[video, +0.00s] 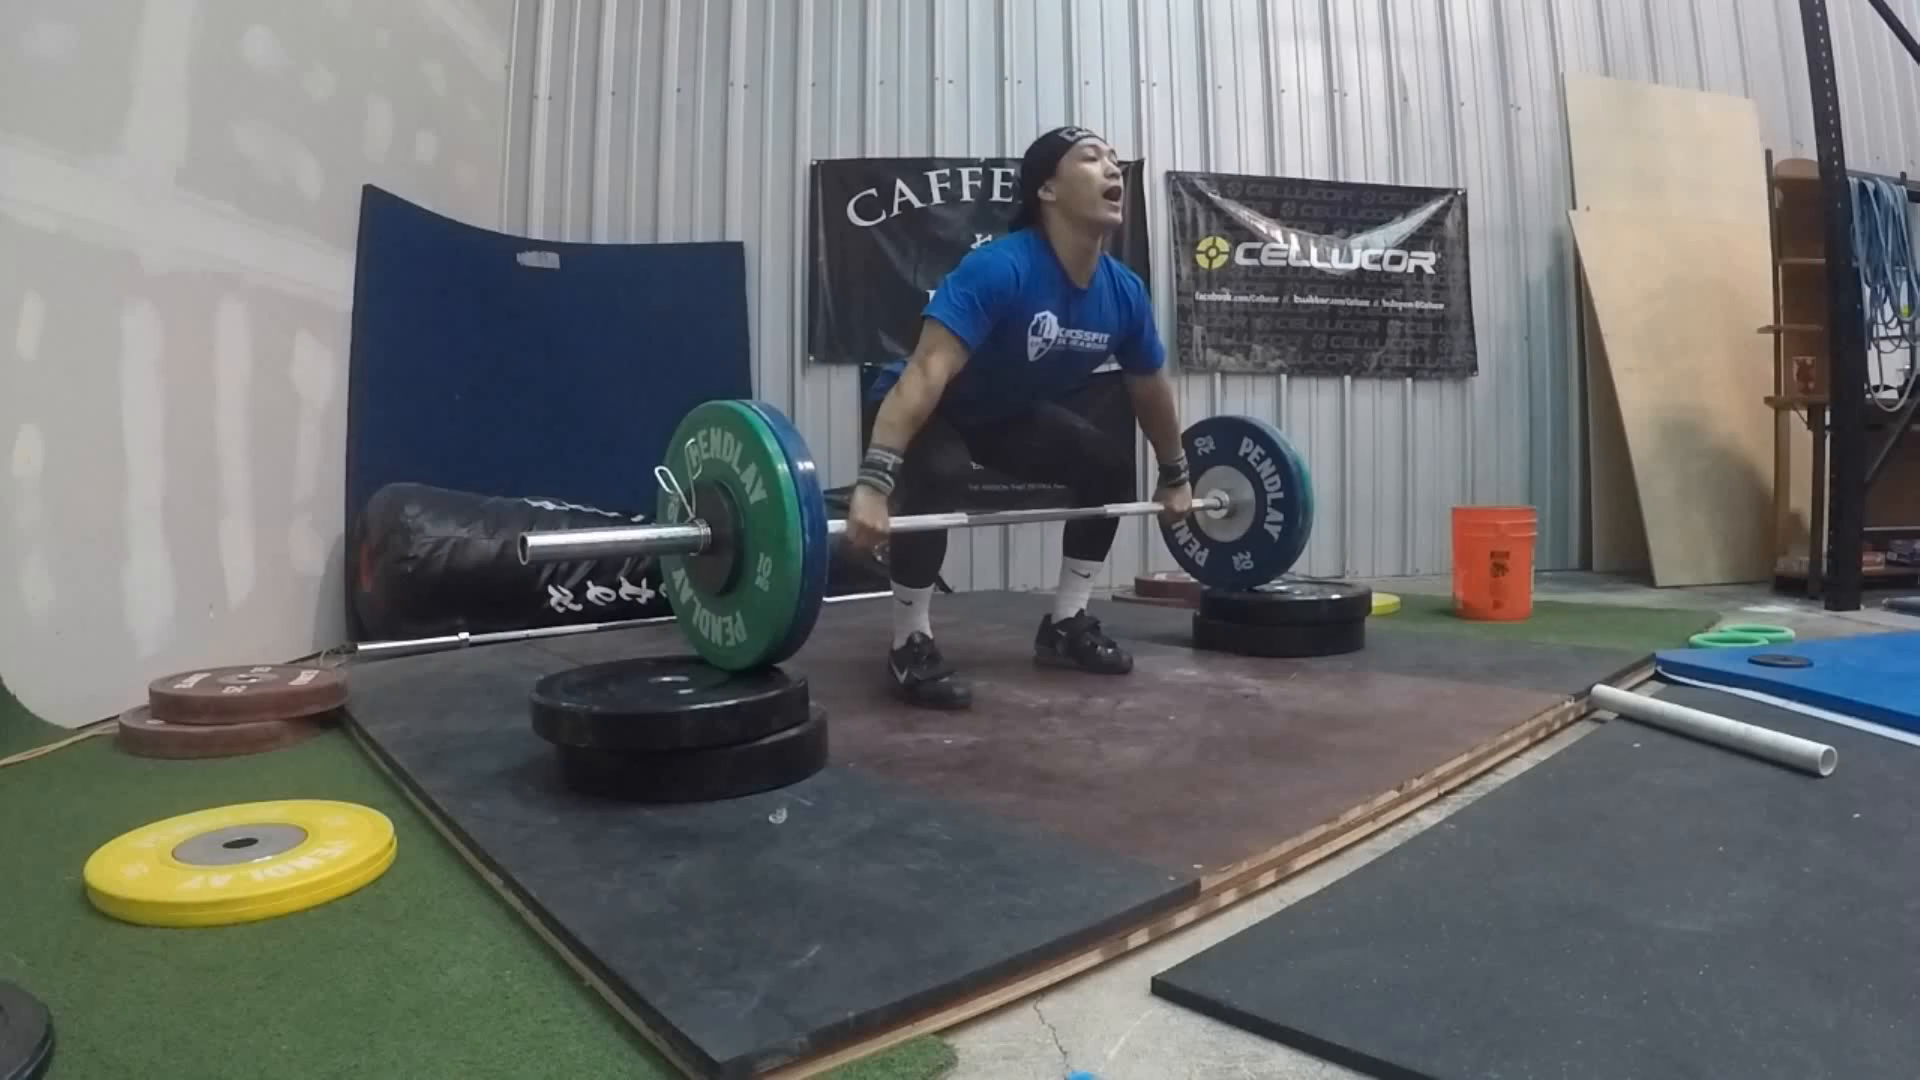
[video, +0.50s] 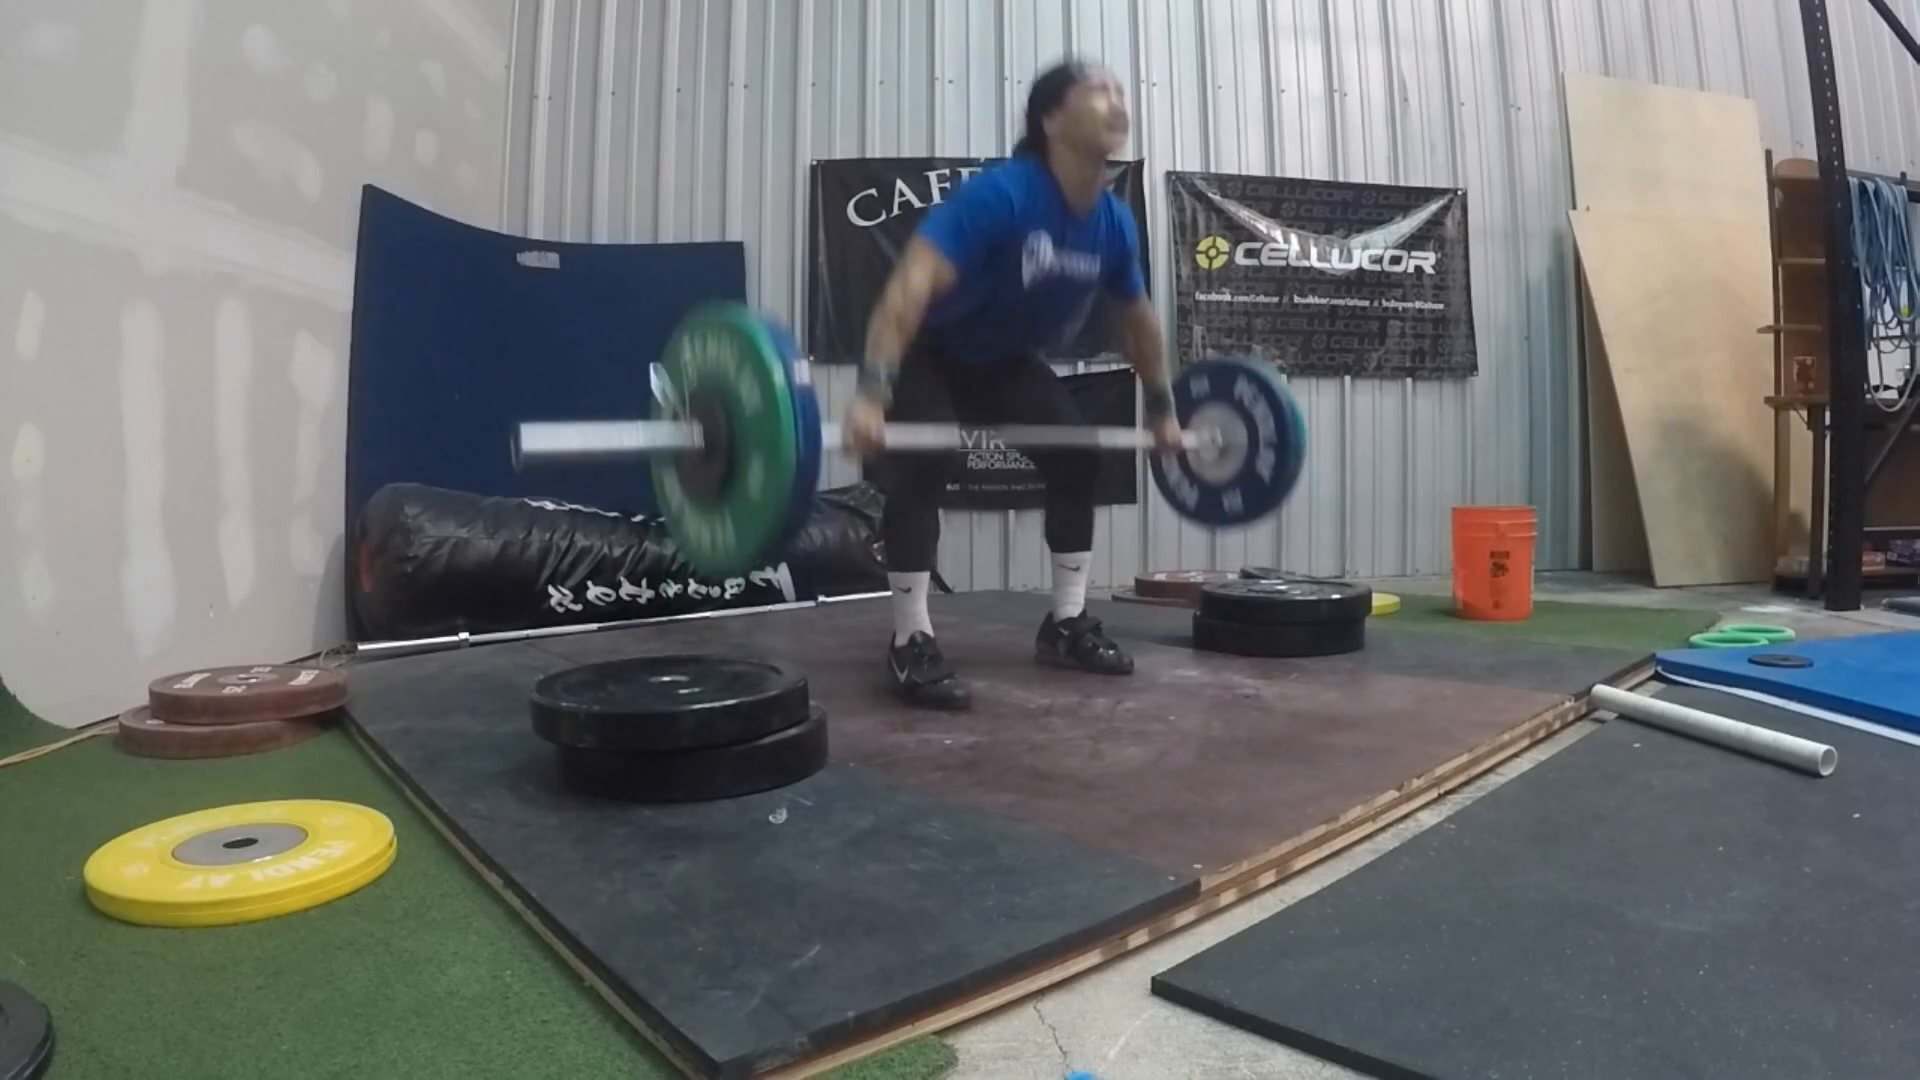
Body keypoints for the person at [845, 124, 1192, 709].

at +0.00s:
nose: (1114, 168)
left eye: (1114, 160)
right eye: (1092, 159)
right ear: (1048, 191)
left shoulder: (1124, 293)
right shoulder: (997, 268)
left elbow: (1150, 388)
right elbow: (928, 368)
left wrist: (1175, 476)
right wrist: (874, 480)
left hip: (1008, 415)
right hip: (930, 411)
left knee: (1109, 460)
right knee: (938, 472)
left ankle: (1066, 623)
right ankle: (911, 643)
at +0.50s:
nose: (1119, 106)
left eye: (1120, 94)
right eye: (1099, 93)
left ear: (1119, 121)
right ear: (1052, 120)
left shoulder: (1112, 221)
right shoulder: (996, 194)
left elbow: (1137, 315)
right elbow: (911, 281)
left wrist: (1162, 408)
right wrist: (873, 391)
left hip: (1005, 360)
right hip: (927, 353)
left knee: (1076, 450)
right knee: (921, 457)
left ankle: (1067, 622)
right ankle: (911, 640)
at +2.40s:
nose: (1027, 169)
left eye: (1030, 158)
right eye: (1010, 156)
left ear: (1030, 170)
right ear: (964, 167)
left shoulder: (1028, 218)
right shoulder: (914, 213)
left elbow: (1073, 172)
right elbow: (845, 141)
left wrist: (1103, 128)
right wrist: (788, 47)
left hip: (967, 422)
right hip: (881, 418)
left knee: (1069, 483)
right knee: (922, 495)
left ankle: (1021, 622)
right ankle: (865, 639)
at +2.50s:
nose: (1021, 142)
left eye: (1026, 131)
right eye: (1003, 127)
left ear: (1026, 147)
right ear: (957, 143)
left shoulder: (1025, 193)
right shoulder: (913, 185)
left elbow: (1075, 147)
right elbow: (843, 113)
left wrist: (1105, 103)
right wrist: (784, 23)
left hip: (962, 401)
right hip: (879, 396)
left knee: (1061, 477)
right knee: (916, 486)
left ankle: (1021, 621)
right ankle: (864, 639)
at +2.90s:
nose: (1006, 23)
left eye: (1010, 12)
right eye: (989, 10)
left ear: (1011, 30)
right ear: (944, 23)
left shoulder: (1012, 93)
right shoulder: (902, 76)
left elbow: (1059, 49)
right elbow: (830, 6)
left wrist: (1100, 15)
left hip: (966, 328)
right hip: (885, 320)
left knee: (1008, 463)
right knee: (885, 467)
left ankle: (1015, 617)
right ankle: (863, 636)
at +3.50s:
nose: (962, 44)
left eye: (968, 34)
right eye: (948, 30)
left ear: (972, 45)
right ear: (904, 37)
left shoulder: (977, 98)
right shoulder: (869, 89)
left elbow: (1021, 63)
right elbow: (800, 22)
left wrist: (1063, 22)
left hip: (976, 319)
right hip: (898, 319)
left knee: (991, 457)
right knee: (884, 457)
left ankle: (991, 621)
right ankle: (856, 631)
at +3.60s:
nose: (929, 57)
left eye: (935, 47)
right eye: (916, 44)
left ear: (940, 55)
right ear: (875, 49)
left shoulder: (950, 115)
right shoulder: (840, 107)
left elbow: (1006, 78)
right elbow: (770, 34)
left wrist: (1043, 28)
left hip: (955, 324)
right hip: (877, 324)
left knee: (978, 456)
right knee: (873, 457)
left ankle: (991, 622)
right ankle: (816, 609)